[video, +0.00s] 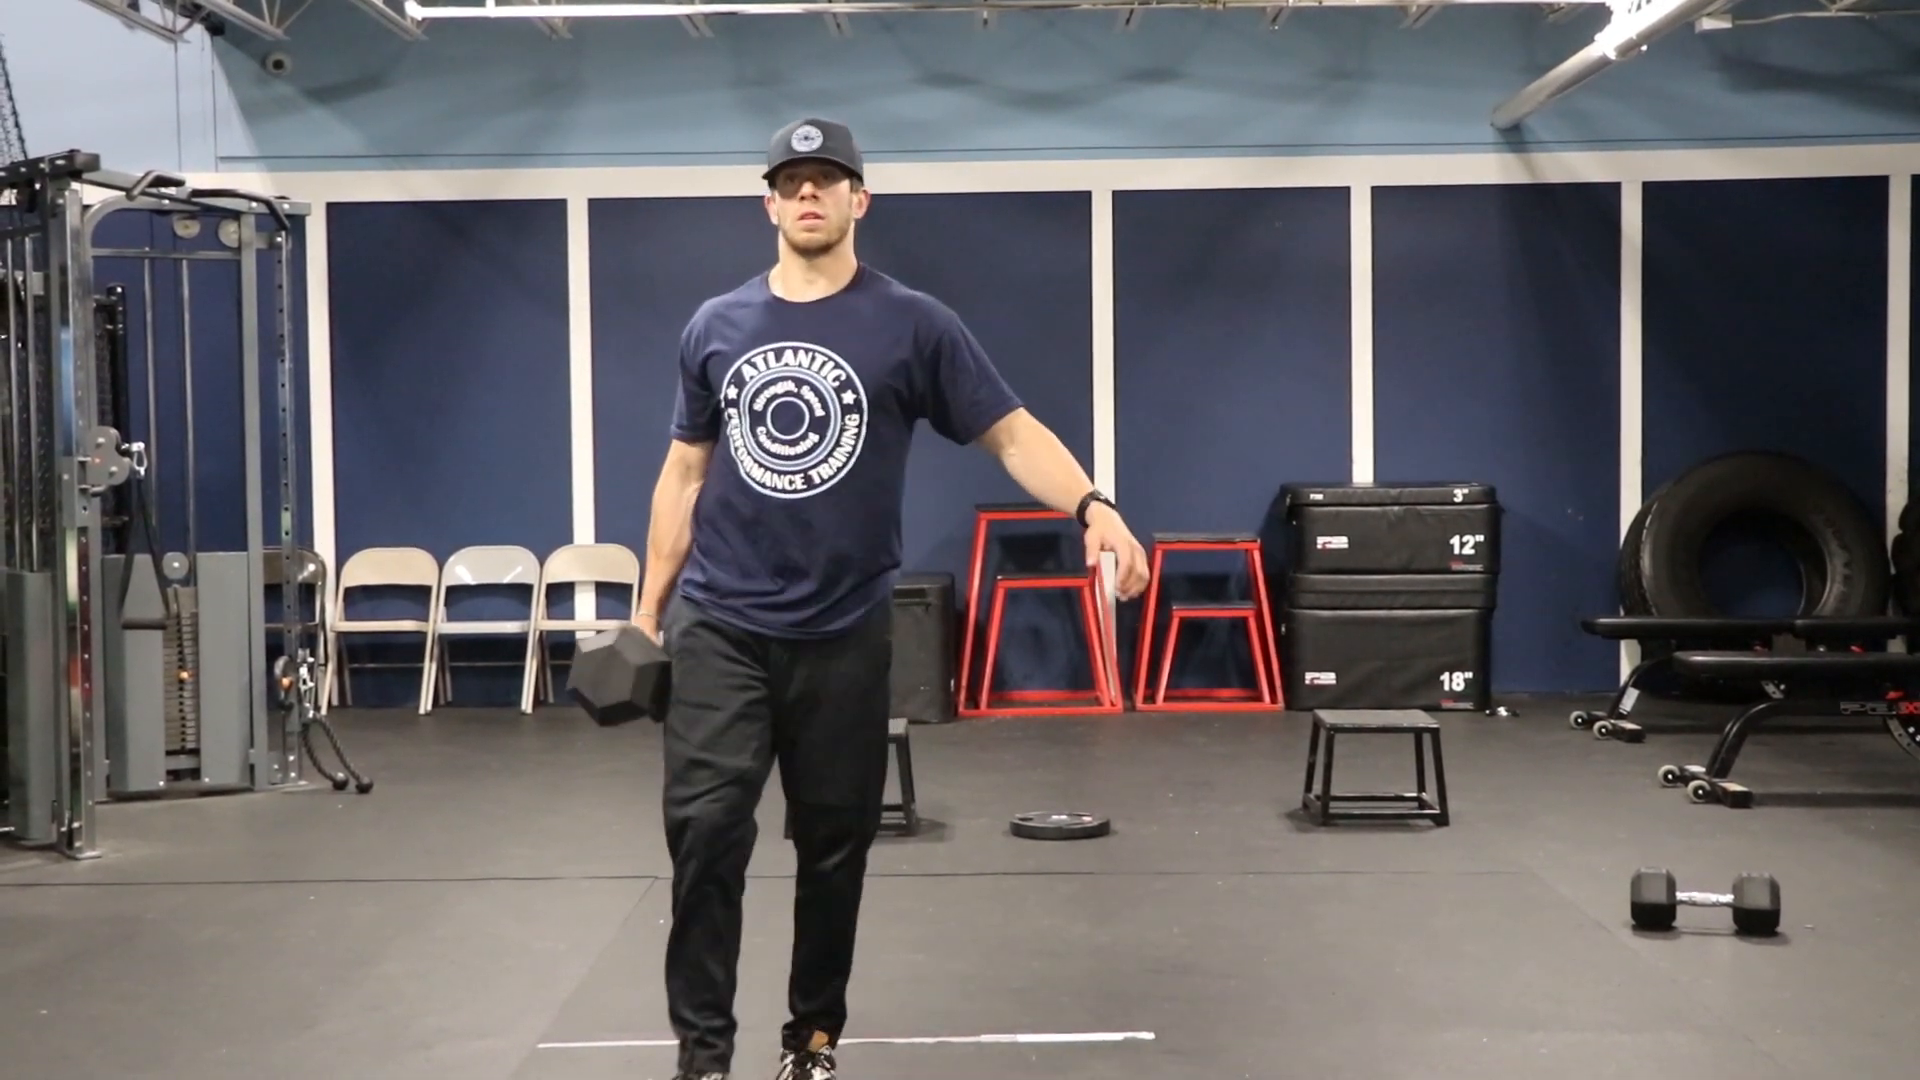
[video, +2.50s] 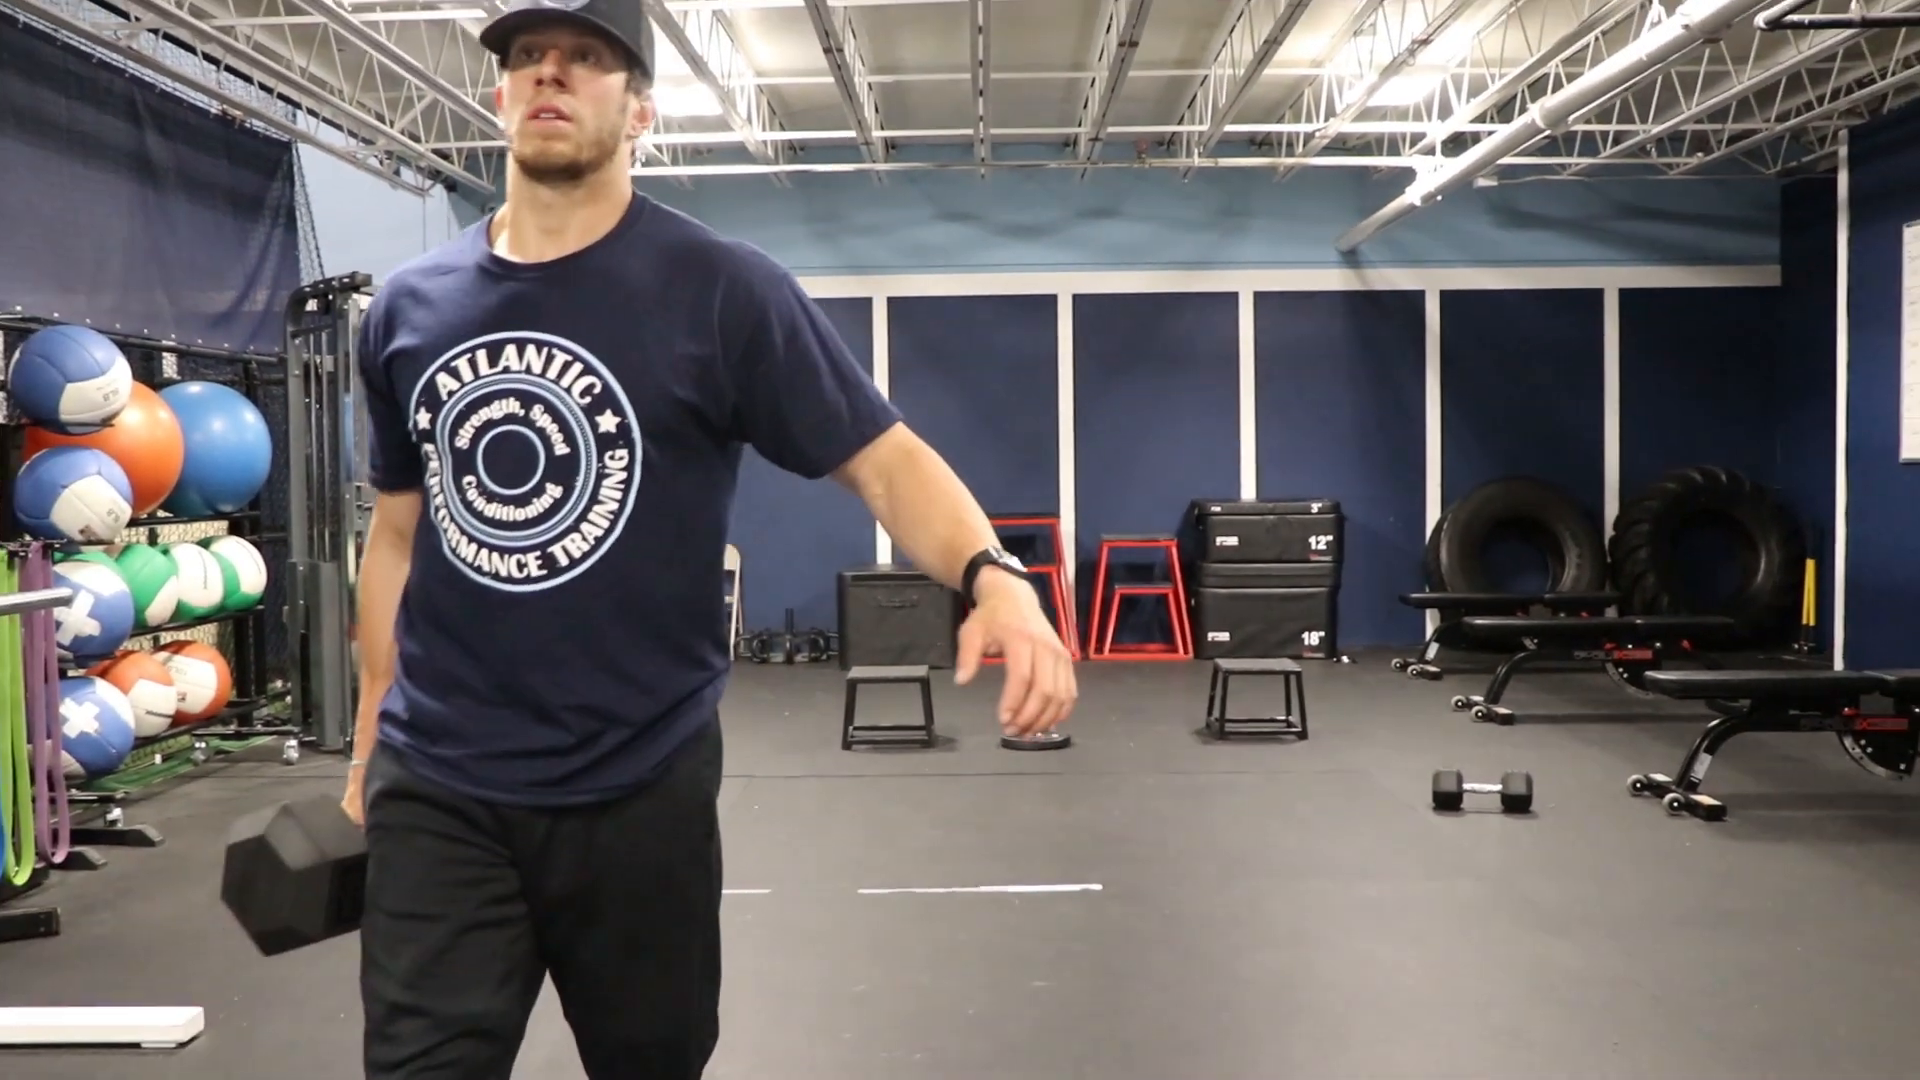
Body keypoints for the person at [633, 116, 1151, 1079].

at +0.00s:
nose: (806, 197)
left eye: (825, 183)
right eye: (790, 184)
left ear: (859, 199)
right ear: (769, 201)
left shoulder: (914, 324)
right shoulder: (716, 325)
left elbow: (1012, 433)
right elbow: (684, 470)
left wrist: (1097, 510)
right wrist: (646, 613)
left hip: (843, 624)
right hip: (720, 618)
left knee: (834, 841)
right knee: (706, 832)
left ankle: (813, 1041)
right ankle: (701, 1055)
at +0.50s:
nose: (715, 164)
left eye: (735, 149)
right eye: (698, 150)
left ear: (772, 171)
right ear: (674, 173)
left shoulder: (842, 299)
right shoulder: (620, 320)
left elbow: (948, 436)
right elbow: (602, 488)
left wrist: (1048, 548)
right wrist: (583, 651)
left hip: (800, 638)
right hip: (660, 643)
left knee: (824, 864)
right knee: (679, 891)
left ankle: (807, 1053)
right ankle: (693, 1073)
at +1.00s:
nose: (737, 160)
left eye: (761, 143)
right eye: (719, 142)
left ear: (797, 169)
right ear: (692, 161)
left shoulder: (858, 312)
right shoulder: (619, 310)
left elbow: (972, 458)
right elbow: (588, 487)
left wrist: (1080, 581)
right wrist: (546, 658)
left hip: (773, 666)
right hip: (626, 662)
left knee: (759, 933)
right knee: (615, 916)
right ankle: (672, 1061)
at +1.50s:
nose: (648, 149)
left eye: (672, 130)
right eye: (627, 135)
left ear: (717, 159)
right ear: (603, 166)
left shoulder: (797, 308)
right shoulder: (542, 329)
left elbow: (922, 448)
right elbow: (523, 526)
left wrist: (1036, 559)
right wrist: (504, 711)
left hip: (742, 700)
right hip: (582, 701)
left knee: (755, 966)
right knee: (592, 993)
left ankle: (753, 1076)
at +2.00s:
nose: (614, 132)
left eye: (642, 112)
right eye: (593, 112)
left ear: (691, 146)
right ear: (564, 139)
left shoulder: (770, 312)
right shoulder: (488, 320)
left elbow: (895, 477)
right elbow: (462, 527)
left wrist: (1031, 626)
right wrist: (410, 730)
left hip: (681, 729)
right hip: (517, 736)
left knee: (659, 1048)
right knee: (570, 1044)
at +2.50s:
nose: (551, 77)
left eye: (584, 61)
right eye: (529, 60)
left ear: (637, 111)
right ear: (498, 99)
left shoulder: (721, 290)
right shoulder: (408, 307)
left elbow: (882, 455)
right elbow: (395, 538)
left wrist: (996, 578)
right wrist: (371, 751)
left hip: (639, 782)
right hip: (439, 777)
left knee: (650, 1068)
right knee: (418, 1066)